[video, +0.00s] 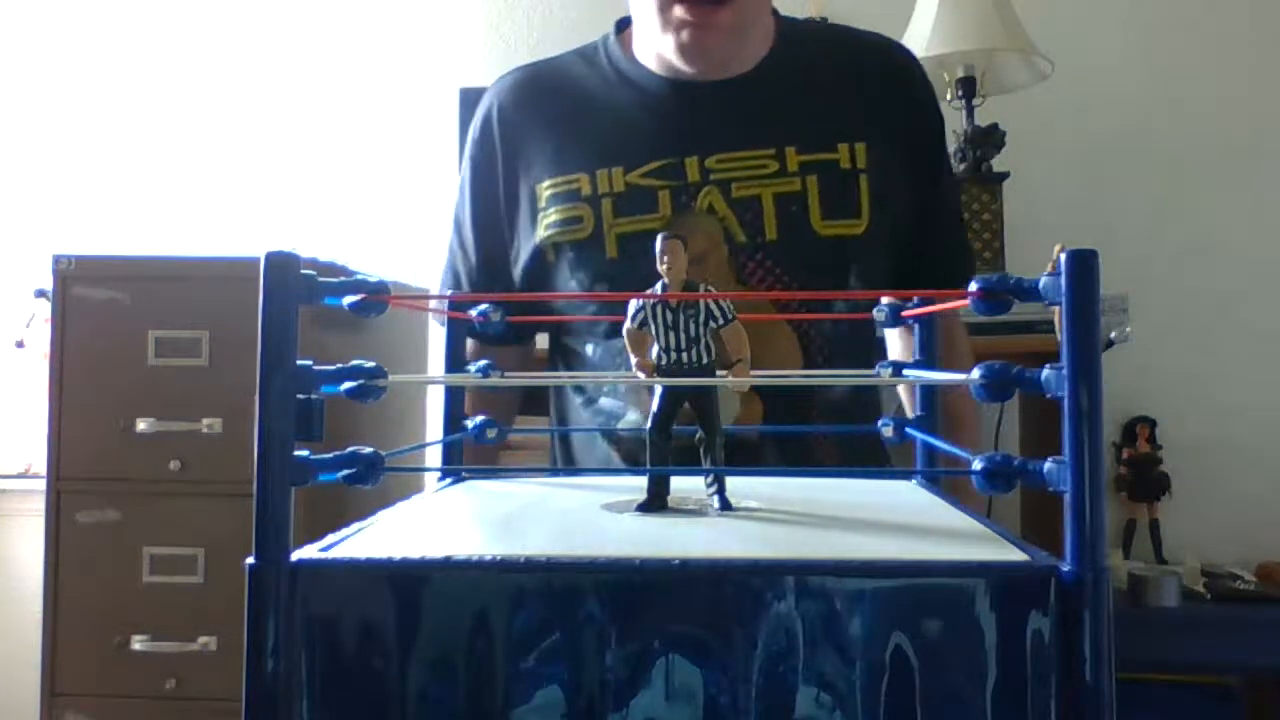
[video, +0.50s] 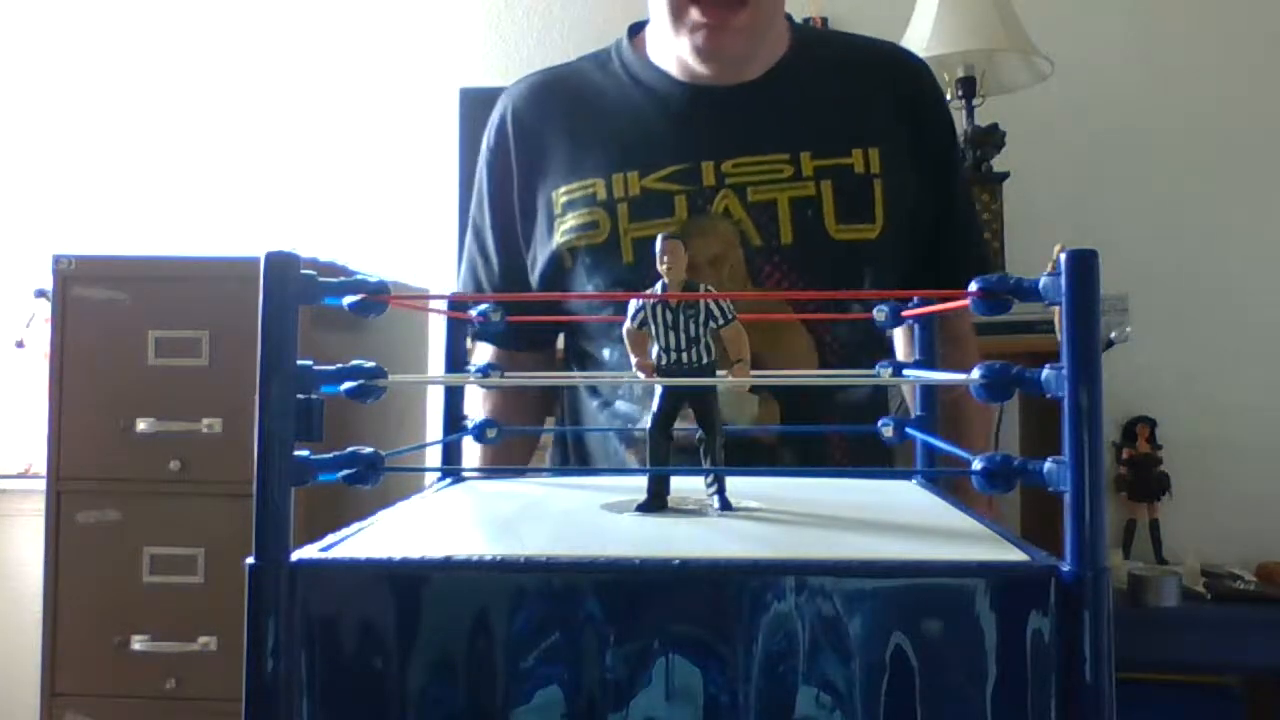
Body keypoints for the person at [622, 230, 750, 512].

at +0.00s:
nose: (667, 261)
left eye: (672, 255)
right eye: (662, 256)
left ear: (686, 258)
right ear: (657, 263)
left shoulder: (706, 296)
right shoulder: (646, 302)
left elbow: (732, 329)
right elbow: (632, 332)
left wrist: (742, 361)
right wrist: (637, 358)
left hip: (702, 373)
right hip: (667, 375)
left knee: (711, 432)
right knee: (656, 430)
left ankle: (718, 493)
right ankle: (657, 495)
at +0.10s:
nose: (667, 261)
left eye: (672, 256)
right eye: (662, 257)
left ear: (686, 259)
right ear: (657, 263)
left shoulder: (706, 296)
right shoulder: (645, 303)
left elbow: (731, 328)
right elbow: (633, 333)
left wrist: (742, 361)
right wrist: (638, 358)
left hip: (702, 374)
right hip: (667, 376)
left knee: (711, 432)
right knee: (656, 430)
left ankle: (718, 493)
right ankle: (657, 495)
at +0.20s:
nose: (667, 261)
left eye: (672, 256)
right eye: (662, 257)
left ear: (685, 259)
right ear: (656, 262)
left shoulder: (706, 296)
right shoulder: (646, 302)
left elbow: (733, 329)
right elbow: (632, 332)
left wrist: (742, 361)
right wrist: (638, 359)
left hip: (702, 374)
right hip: (667, 376)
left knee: (711, 431)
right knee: (656, 428)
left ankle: (718, 493)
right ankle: (657, 495)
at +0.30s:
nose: (667, 261)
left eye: (672, 256)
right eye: (662, 257)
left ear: (686, 259)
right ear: (657, 262)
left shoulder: (706, 296)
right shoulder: (646, 302)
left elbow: (733, 329)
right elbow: (632, 331)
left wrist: (742, 361)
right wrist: (639, 359)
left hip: (702, 373)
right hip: (667, 376)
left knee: (712, 431)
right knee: (656, 428)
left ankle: (718, 493)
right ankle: (656, 495)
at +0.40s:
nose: (667, 261)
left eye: (672, 256)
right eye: (662, 257)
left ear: (686, 259)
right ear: (657, 263)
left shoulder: (706, 296)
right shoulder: (646, 302)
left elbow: (732, 330)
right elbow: (633, 332)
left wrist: (741, 362)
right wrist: (639, 359)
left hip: (702, 373)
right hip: (667, 376)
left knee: (711, 430)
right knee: (656, 429)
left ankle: (718, 493)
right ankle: (657, 495)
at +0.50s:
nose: (667, 262)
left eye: (673, 256)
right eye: (662, 258)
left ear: (686, 259)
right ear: (657, 263)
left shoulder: (705, 296)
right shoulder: (646, 301)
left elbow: (732, 329)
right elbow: (632, 331)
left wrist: (741, 362)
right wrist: (639, 359)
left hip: (702, 372)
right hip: (667, 375)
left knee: (711, 431)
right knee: (657, 429)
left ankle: (718, 493)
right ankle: (657, 495)